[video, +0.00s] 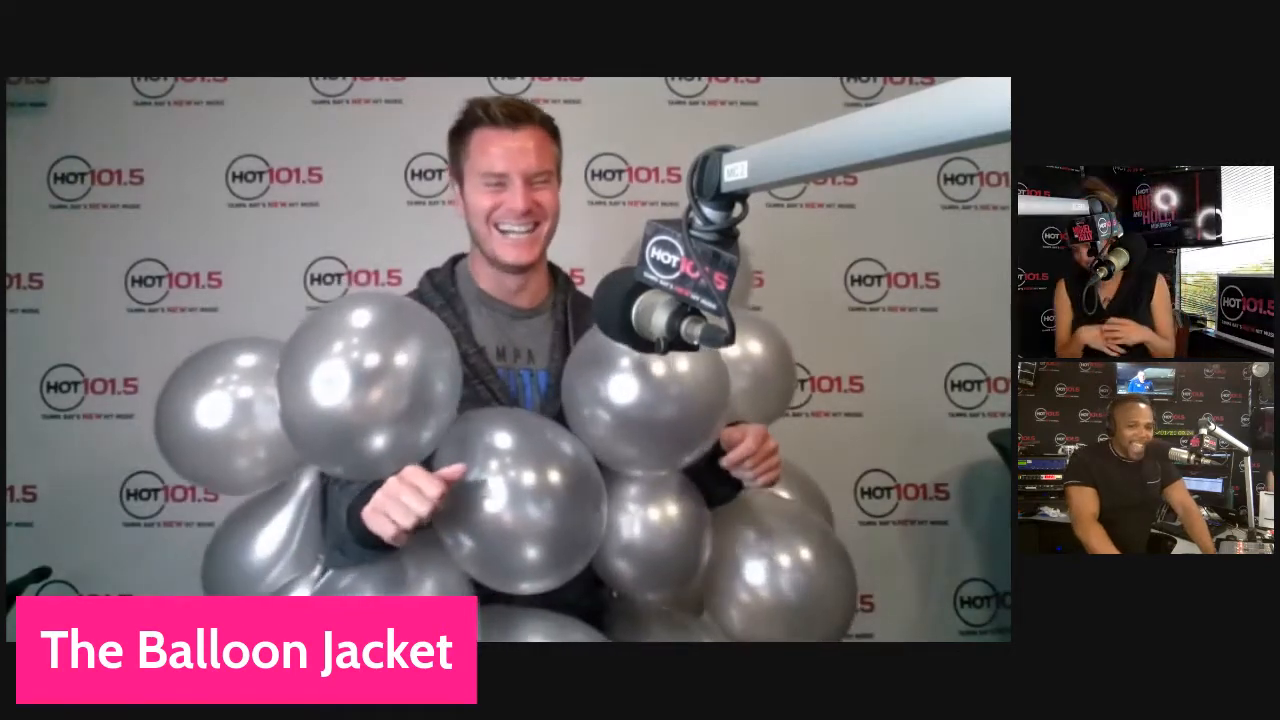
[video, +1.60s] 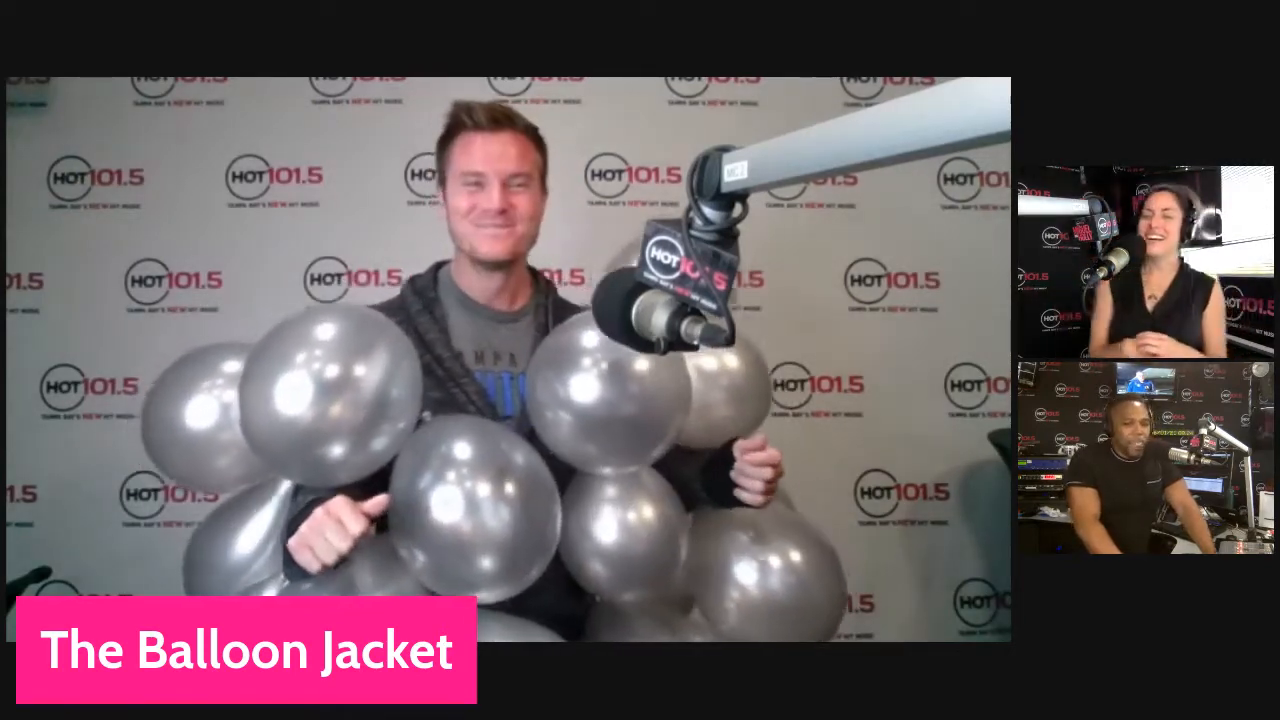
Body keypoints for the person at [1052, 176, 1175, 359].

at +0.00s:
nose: (1083, 258)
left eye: (1091, 248)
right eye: (1075, 250)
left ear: (1113, 241)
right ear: (1070, 250)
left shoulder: (1152, 284)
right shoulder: (1067, 288)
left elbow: (1169, 351)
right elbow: (1063, 356)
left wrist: (1146, 335)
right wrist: (1080, 336)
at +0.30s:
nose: (1085, 257)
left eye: (1092, 249)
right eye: (1079, 250)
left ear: (1117, 240)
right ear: (1075, 250)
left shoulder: (1158, 283)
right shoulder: (1073, 288)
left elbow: (1174, 350)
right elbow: (1069, 356)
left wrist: (1143, 337)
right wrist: (1100, 341)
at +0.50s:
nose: (1109, 239)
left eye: (1116, 229)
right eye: (1102, 230)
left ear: (1135, 227)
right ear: (1093, 236)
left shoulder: (1171, 281)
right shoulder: (1087, 287)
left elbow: (1188, 352)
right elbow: (1083, 356)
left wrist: (1156, 341)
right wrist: (1108, 345)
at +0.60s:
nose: (1124, 237)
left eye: (1131, 226)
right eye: (1114, 230)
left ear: (1148, 228)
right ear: (1104, 240)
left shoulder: (1182, 283)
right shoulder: (1097, 286)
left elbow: (1199, 353)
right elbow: (1091, 357)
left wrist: (1171, 342)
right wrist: (1111, 343)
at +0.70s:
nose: (1137, 233)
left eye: (1145, 222)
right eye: (1126, 227)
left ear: (1163, 225)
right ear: (1118, 235)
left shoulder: (1194, 283)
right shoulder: (1106, 287)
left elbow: (1213, 354)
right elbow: (1101, 357)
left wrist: (1185, 343)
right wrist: (1121, 342)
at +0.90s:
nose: (1154, 229)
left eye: (1165, 218)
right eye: (1146, 221)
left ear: (1186, 223)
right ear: (1140, 229)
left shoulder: (1220, 283)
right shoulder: (1125, 285)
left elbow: (1239, 358)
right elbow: (1118, 356)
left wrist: (1201, 349)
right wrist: (1137, 342)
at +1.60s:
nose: (1153, 224)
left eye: (1167, 216)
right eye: (1147, 215)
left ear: (1185, 227)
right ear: (1138, 222)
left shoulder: (1207, 290)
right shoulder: (1110, 283)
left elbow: (1218, 363)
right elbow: (1095, 351)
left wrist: (1177, 350)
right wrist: (1125, 348)